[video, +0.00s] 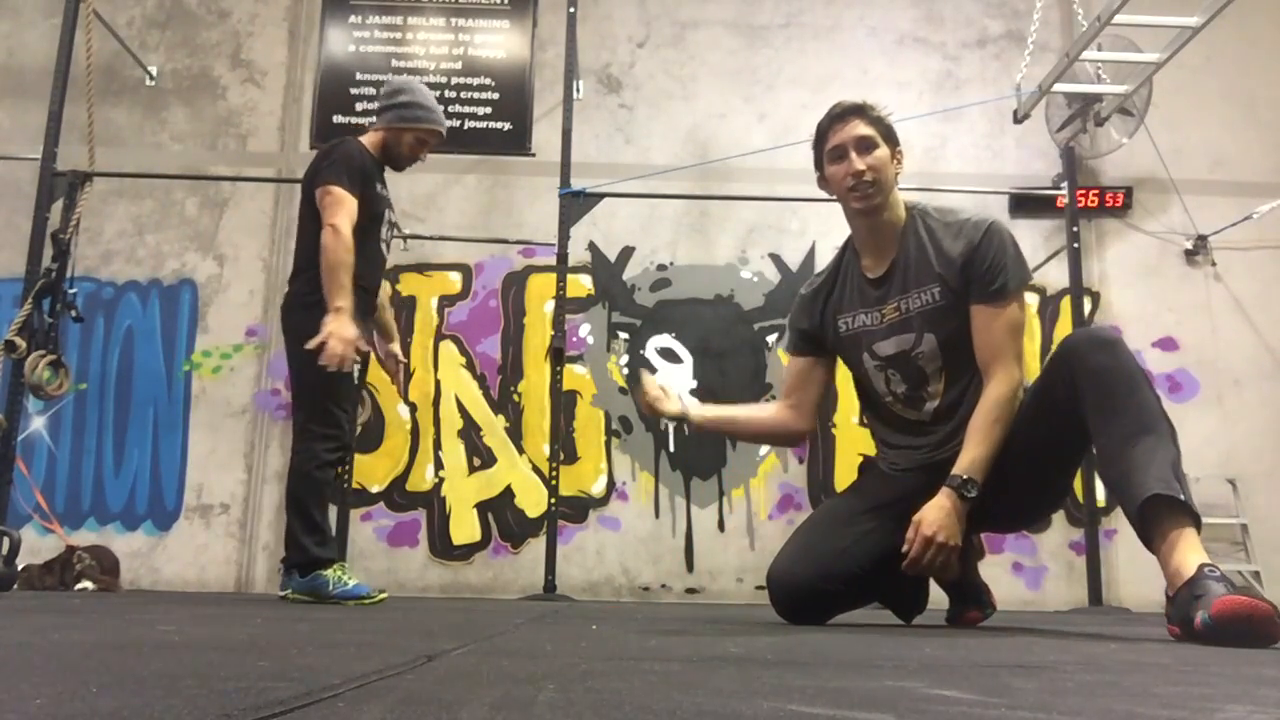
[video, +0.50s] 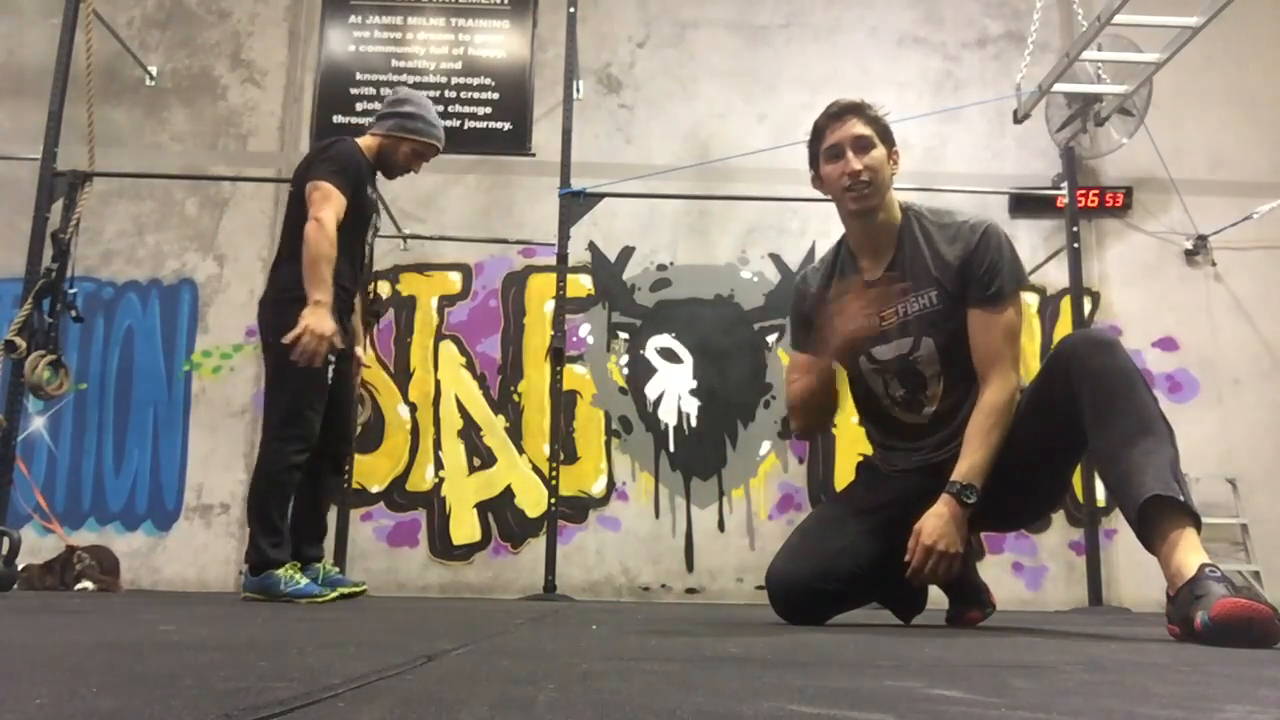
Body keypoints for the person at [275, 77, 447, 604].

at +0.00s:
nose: (423, 154)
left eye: (429, 147)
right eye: (421, 143)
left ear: (401, 132)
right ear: (395, 124)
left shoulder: (369, 174)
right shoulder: (346, 156)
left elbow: (370, 269)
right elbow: (334, 231)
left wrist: (387, 336)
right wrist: (340, 313)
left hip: (340, 321)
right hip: (323, 317)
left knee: (329, 441)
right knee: (322, 441)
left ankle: (314, 566)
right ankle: (308, 567)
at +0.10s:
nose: (426, 166)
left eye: (434, 159)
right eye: (425, 153)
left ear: (408, 144)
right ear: (399, 133)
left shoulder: (373, 187)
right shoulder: (349, 161)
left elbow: (370, 279)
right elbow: (326, 230)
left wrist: (388, 346)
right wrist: (316, 313)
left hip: (339, 327)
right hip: (318, 323)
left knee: (329, 439)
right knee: (324, 439)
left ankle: (310, 565)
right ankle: (308, 566)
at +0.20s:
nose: (428, 171)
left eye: (435, 164)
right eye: (427, 158)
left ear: (407, 146)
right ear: (401, 138)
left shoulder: (374, 189)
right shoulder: (350, 162)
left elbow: (366, 280)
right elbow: (318, 226)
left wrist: (382, 348)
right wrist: (301, 308)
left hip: (334, 328)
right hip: (313, 322)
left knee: (322, 430)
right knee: (327, 426)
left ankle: (296, 558)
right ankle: (293, 560)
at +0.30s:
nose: (427, 170)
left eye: (434, 164)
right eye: (426, 158)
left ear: (408, 146)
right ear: (400, 138)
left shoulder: (374, 191)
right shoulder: (346, 161)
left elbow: (362, 282)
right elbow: (313, 223)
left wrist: (368, 350)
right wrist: (296, 304)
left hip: (333, 328)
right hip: (309, 322)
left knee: (320, 440)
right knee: (309, 438)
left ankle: (303, 561)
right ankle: (271, 563)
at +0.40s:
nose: (423, 168)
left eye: (430, 162)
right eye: (422, 156)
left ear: (403, 144)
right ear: (395, 135)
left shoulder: (369, 185)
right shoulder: (345, 159)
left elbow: (354, 278)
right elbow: (314, 223)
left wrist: (361, 346)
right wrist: (301, 306)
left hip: (336, 325)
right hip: (310, 318)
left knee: (320, 447)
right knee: (295, 442)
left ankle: (305, 562)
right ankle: (268, 567)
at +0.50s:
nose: (417, 165)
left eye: (424, 158)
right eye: (417, 152)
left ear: (397, 139)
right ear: (391, 132)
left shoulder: (365, 180)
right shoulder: (341, 156)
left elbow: (351, 274)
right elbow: (319, 222)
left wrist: (355, 340)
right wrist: (319, 305)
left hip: (332, 325)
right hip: (300, 315)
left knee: (331, 445)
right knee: (291, 440)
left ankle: (307, 561)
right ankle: (266, 567)